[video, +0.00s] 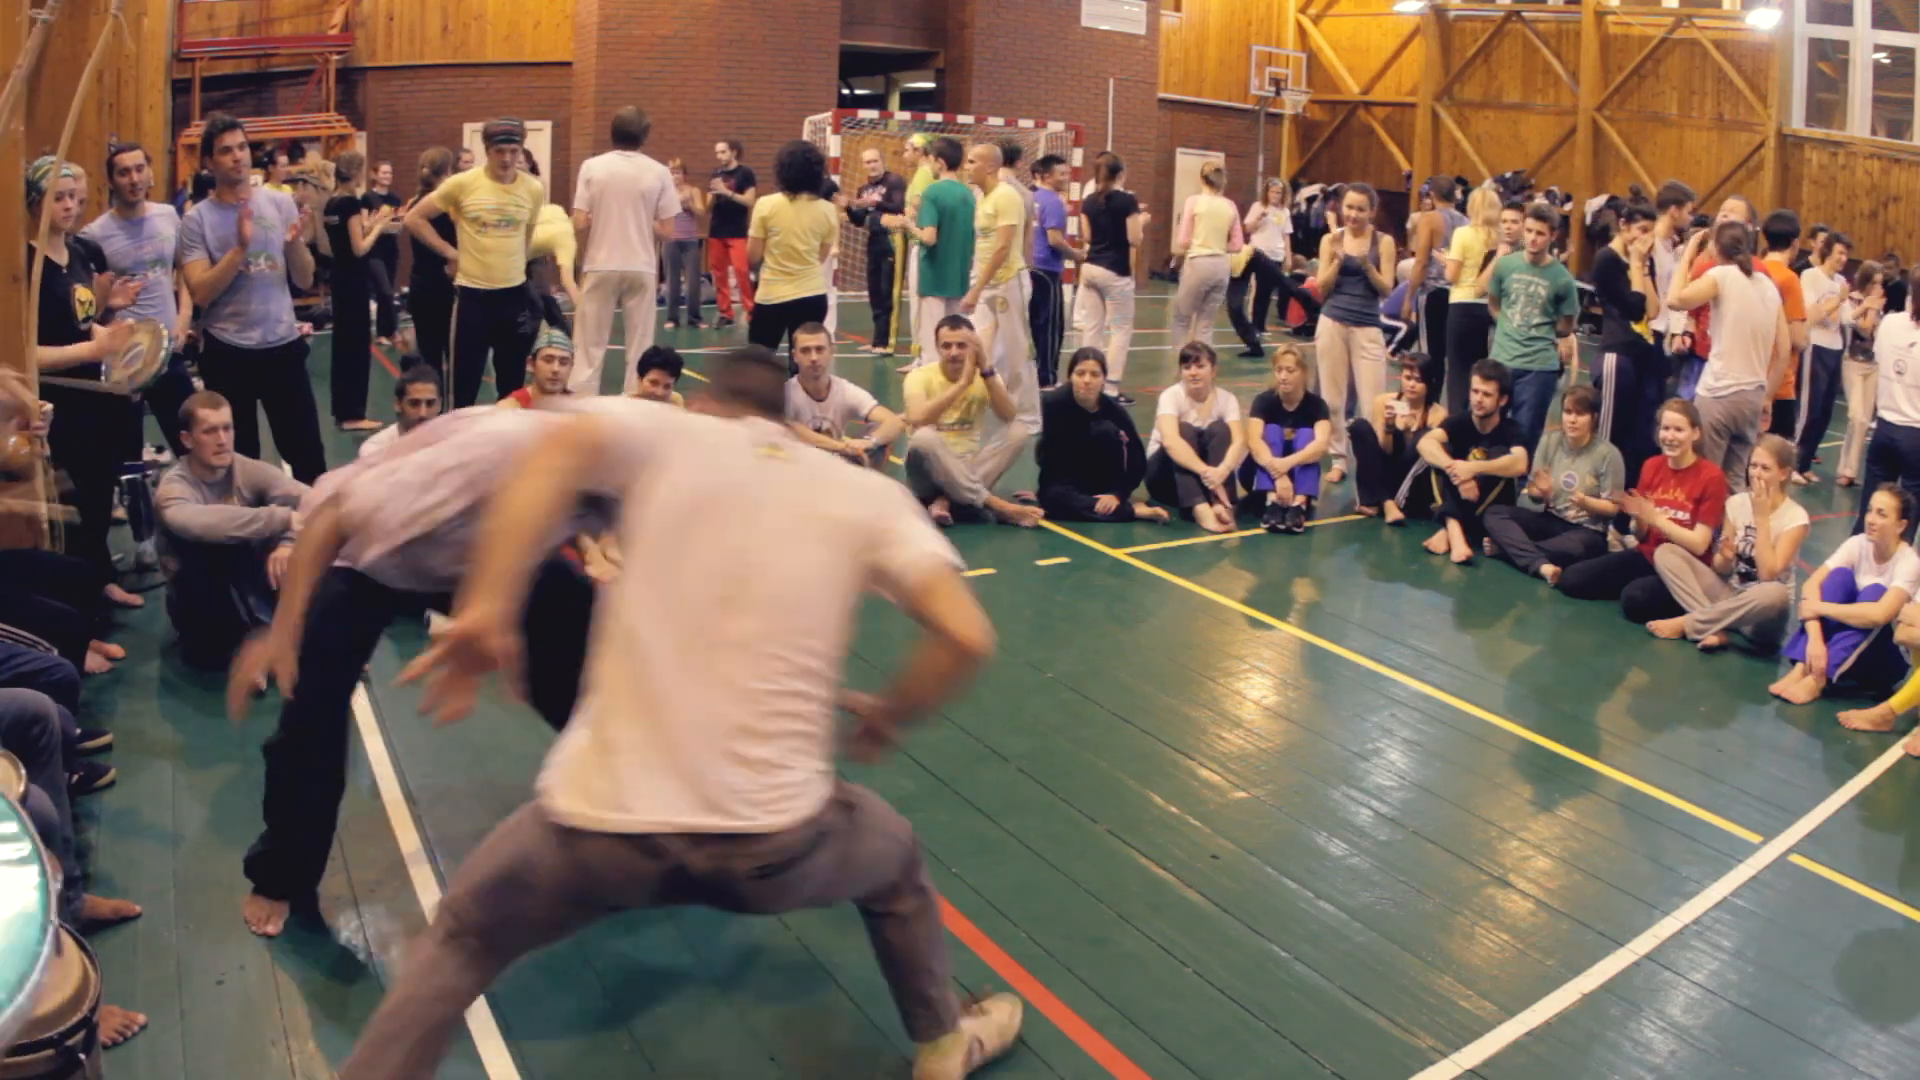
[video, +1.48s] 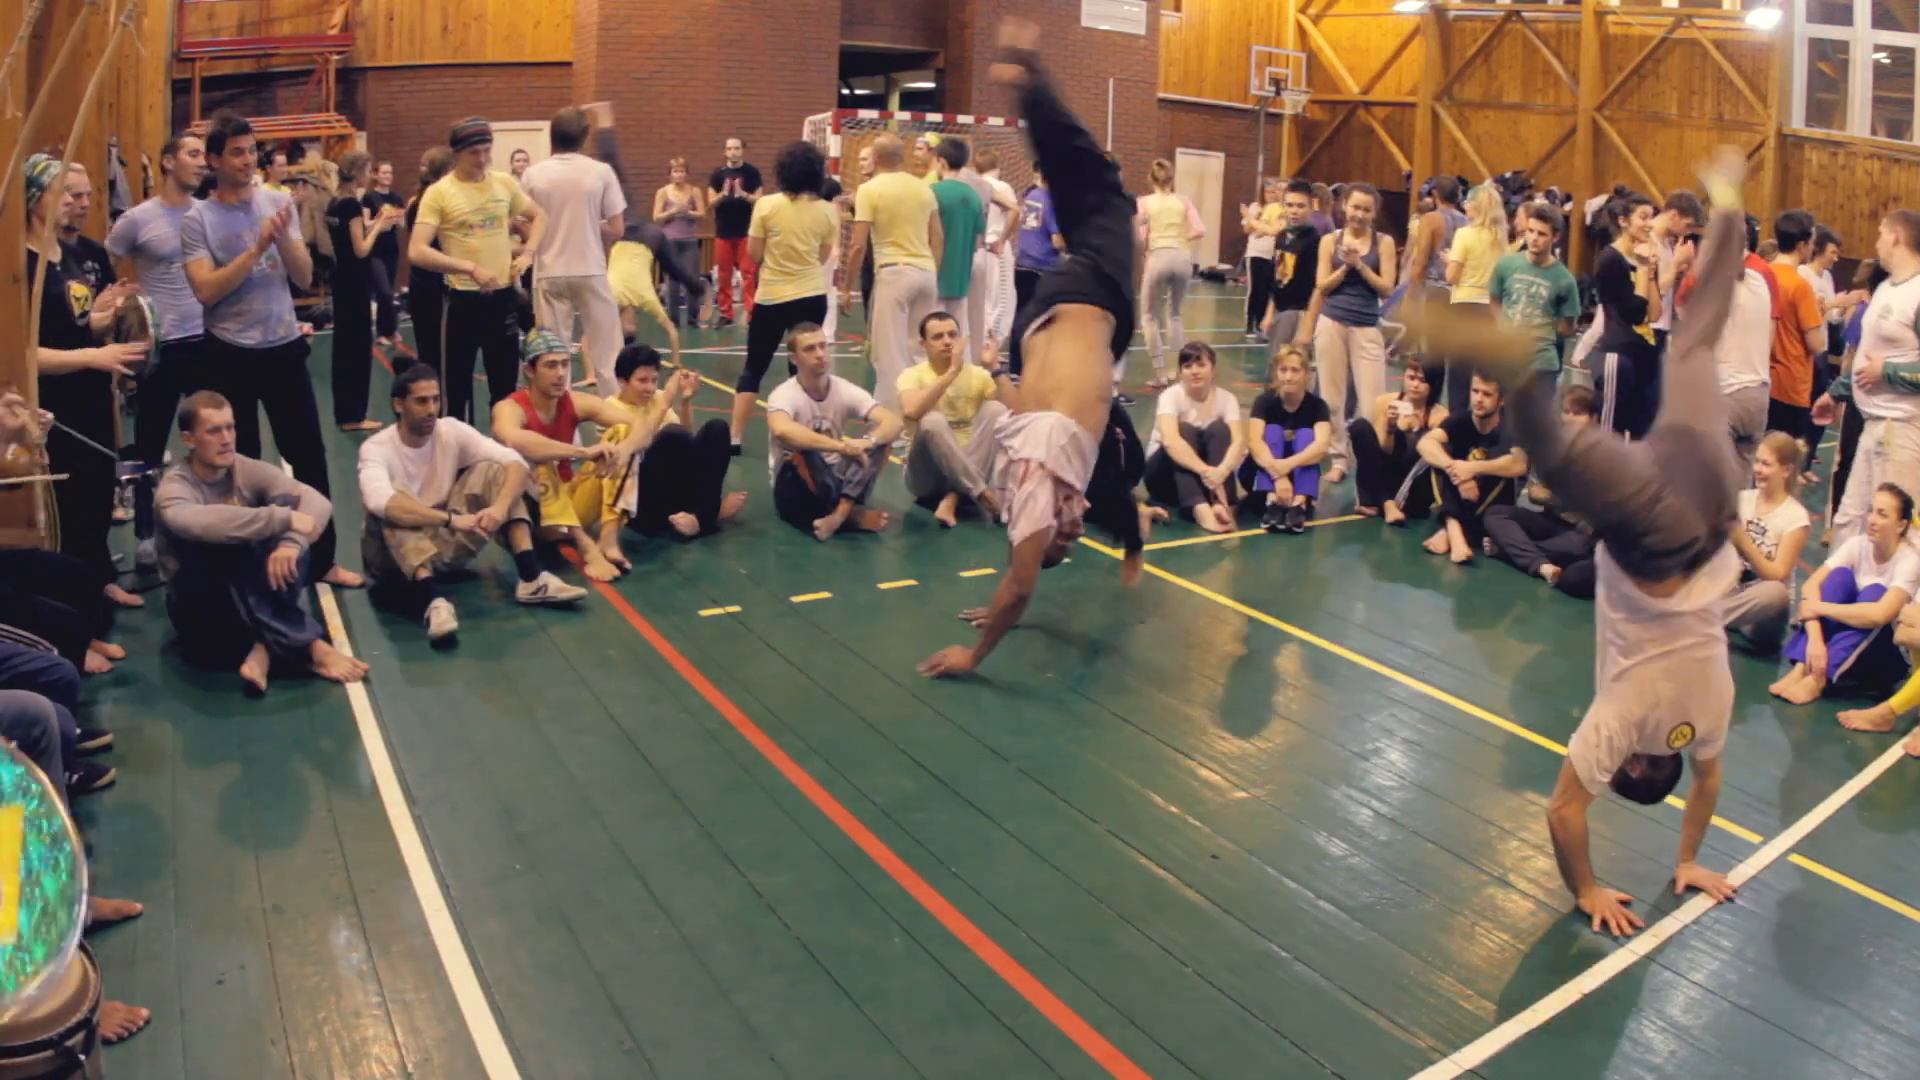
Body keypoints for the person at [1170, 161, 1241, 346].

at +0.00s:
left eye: (1201, 179)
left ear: (1202, 180)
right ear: (1223, 181)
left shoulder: (1193, 202)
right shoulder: (1230, 206)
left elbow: (1184, 240)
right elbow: (1237, 245)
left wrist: (1179, 255)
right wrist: (1217, 244)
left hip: (1198, 260)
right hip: (1222, 260)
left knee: (1181, 318)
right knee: (1206, 322)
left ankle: (1181, 366)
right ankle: (1203, 367)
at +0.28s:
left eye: (1190, 180)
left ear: (1191, 182)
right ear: (1211, 183)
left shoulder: (1184, 204)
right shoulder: (1221, 206)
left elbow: (1176, 242)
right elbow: (1228, 245)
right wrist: (1210, 249)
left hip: (1189, 258)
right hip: (1215, 259)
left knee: (1173, 318)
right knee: (1203, 321)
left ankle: (1157, 371)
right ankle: (1199, 371)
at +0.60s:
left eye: (1167, 182)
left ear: (1167, 183)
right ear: (1186, 184)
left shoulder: (1161, 206)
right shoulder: (1199, 205)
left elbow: (1157, 247)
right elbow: (1208, 244)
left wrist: (1159, 269)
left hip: (1173, 257)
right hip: (1197, 257)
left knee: (1166, 309)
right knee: (1192, 309)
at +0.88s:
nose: (1147, 208)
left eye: (1148, 204)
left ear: (1151, 205)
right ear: (1170, 204)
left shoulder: (1147, 227)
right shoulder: (1183, 222)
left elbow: (1143, 264)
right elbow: (1195, 255)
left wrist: (1132, 288)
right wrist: (1191, 270)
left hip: (1167, 273)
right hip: (1190, 272)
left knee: (1144, 323)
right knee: (1160, 325)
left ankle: (1152, 374)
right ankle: (1159, 374)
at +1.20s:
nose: (1143, 219)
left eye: (1143, 216)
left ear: (1146, 218)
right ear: (1164, 216)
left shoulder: (1144, 236)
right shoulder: (1177, 232)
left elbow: (1134, 271)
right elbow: (1191, 266)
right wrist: (1178, 274)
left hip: (1160, 283)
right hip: (1184, 282)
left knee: (1138, 327)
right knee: (1151, 330)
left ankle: (1153, 375)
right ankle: (1156, 375)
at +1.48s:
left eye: (1151, 179)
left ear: (1151, 180)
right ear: (1171, 179)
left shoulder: (1144, 202)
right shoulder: (1184, 202)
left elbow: (1140, 234)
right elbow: (1199, 229)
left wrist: (1146, 245)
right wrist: (1182, 239)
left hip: (1158, 251)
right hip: (1182, 251)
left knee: (1149, 314)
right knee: (1176, 314)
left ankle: (1160, 371)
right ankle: (1179, 368)